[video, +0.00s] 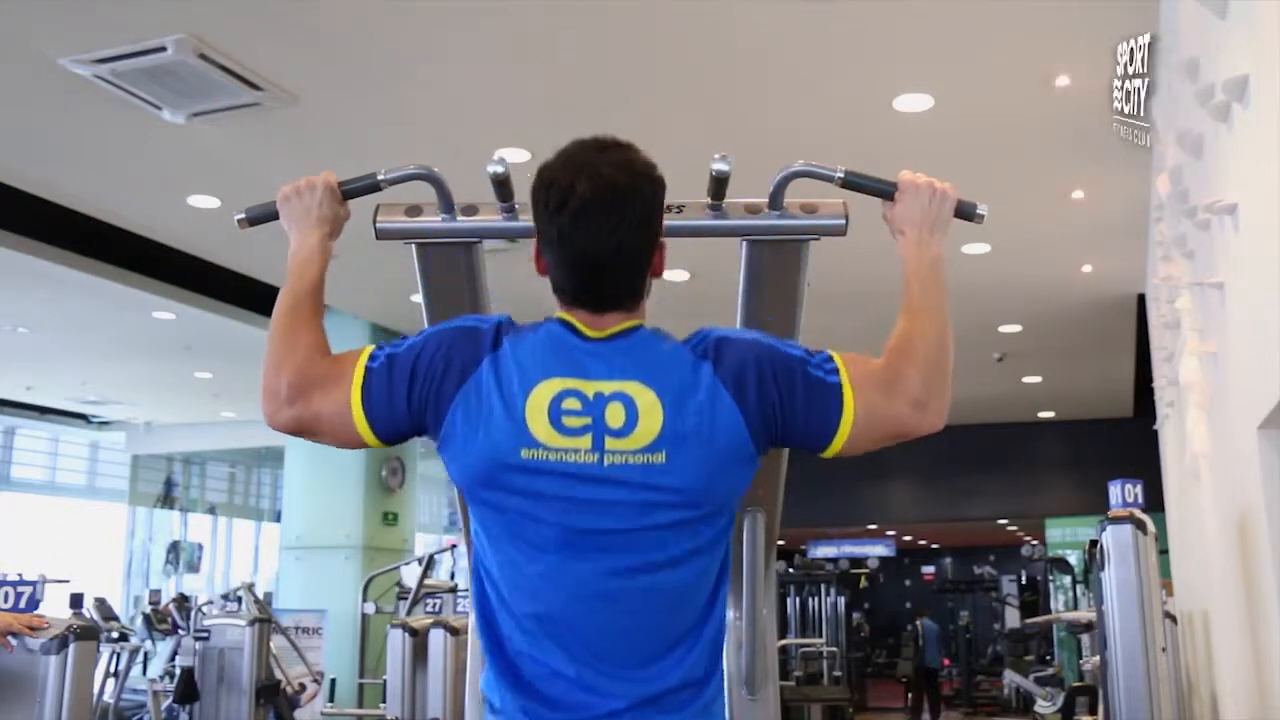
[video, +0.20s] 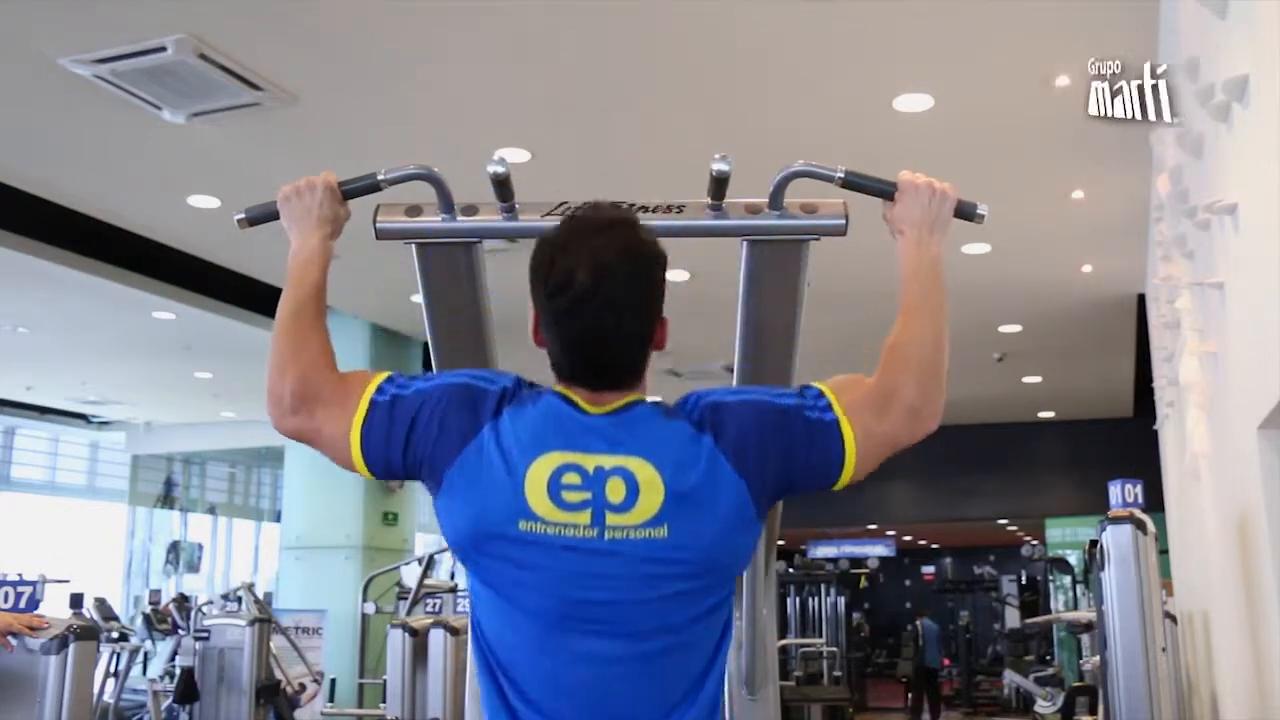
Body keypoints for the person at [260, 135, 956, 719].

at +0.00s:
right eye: (661, 237)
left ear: (539, 259)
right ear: (660, 260)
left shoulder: (469, 367)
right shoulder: (731, 379)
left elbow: (289, 397)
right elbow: (918, 398)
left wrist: (307, 244)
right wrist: (925, 243)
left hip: (523, 703)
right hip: (681, 705)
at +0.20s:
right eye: (662, 304)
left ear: (536, 328)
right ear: (661, 331)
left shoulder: (470, 427)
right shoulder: (731, 443)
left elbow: (298, 401)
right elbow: (909, 404)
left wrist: (309, 244)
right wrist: (923, 242)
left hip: (521, 709)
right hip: (684, 712)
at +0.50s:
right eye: (660, 409)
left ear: (534, 437)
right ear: (662, 441)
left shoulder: (475, 525)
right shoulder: (724, 547)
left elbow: (326, 403)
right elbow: (868, 405)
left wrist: (311, 243)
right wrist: (917, 246)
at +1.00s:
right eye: (658, 328)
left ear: (536, 356)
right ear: (659, 357)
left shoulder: (473, 464)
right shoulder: (728, 463)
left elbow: (310, 405)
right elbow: (903, 410)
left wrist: (310, 243)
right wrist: (920, 246)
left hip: (522, 709)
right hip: (682, 708)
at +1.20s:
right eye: (657, 223)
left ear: (536, 248)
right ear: (656, 248)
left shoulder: (475, 369)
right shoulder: (731, 370)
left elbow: (298, 400)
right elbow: (917, 405)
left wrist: (308, 246)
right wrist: (924, 247)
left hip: (518, 702)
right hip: (670, 701)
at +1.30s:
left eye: (537, 174)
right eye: (658, 177)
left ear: (539, 197)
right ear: (660, 198)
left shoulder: (478, 320)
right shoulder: (735, 320)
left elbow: (302, 398)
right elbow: (913, 403)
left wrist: (308, 244)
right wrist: (922, 246)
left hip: (521, 681)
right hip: (672, 683)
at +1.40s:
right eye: (660, 137)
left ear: (545, 156)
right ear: (662, 155)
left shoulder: (483, 274)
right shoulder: (733, 276)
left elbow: (311, 391)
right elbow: (902, 393)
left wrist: (307, 241)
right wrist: (922, 244)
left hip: (523, 643)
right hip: (671, 646)